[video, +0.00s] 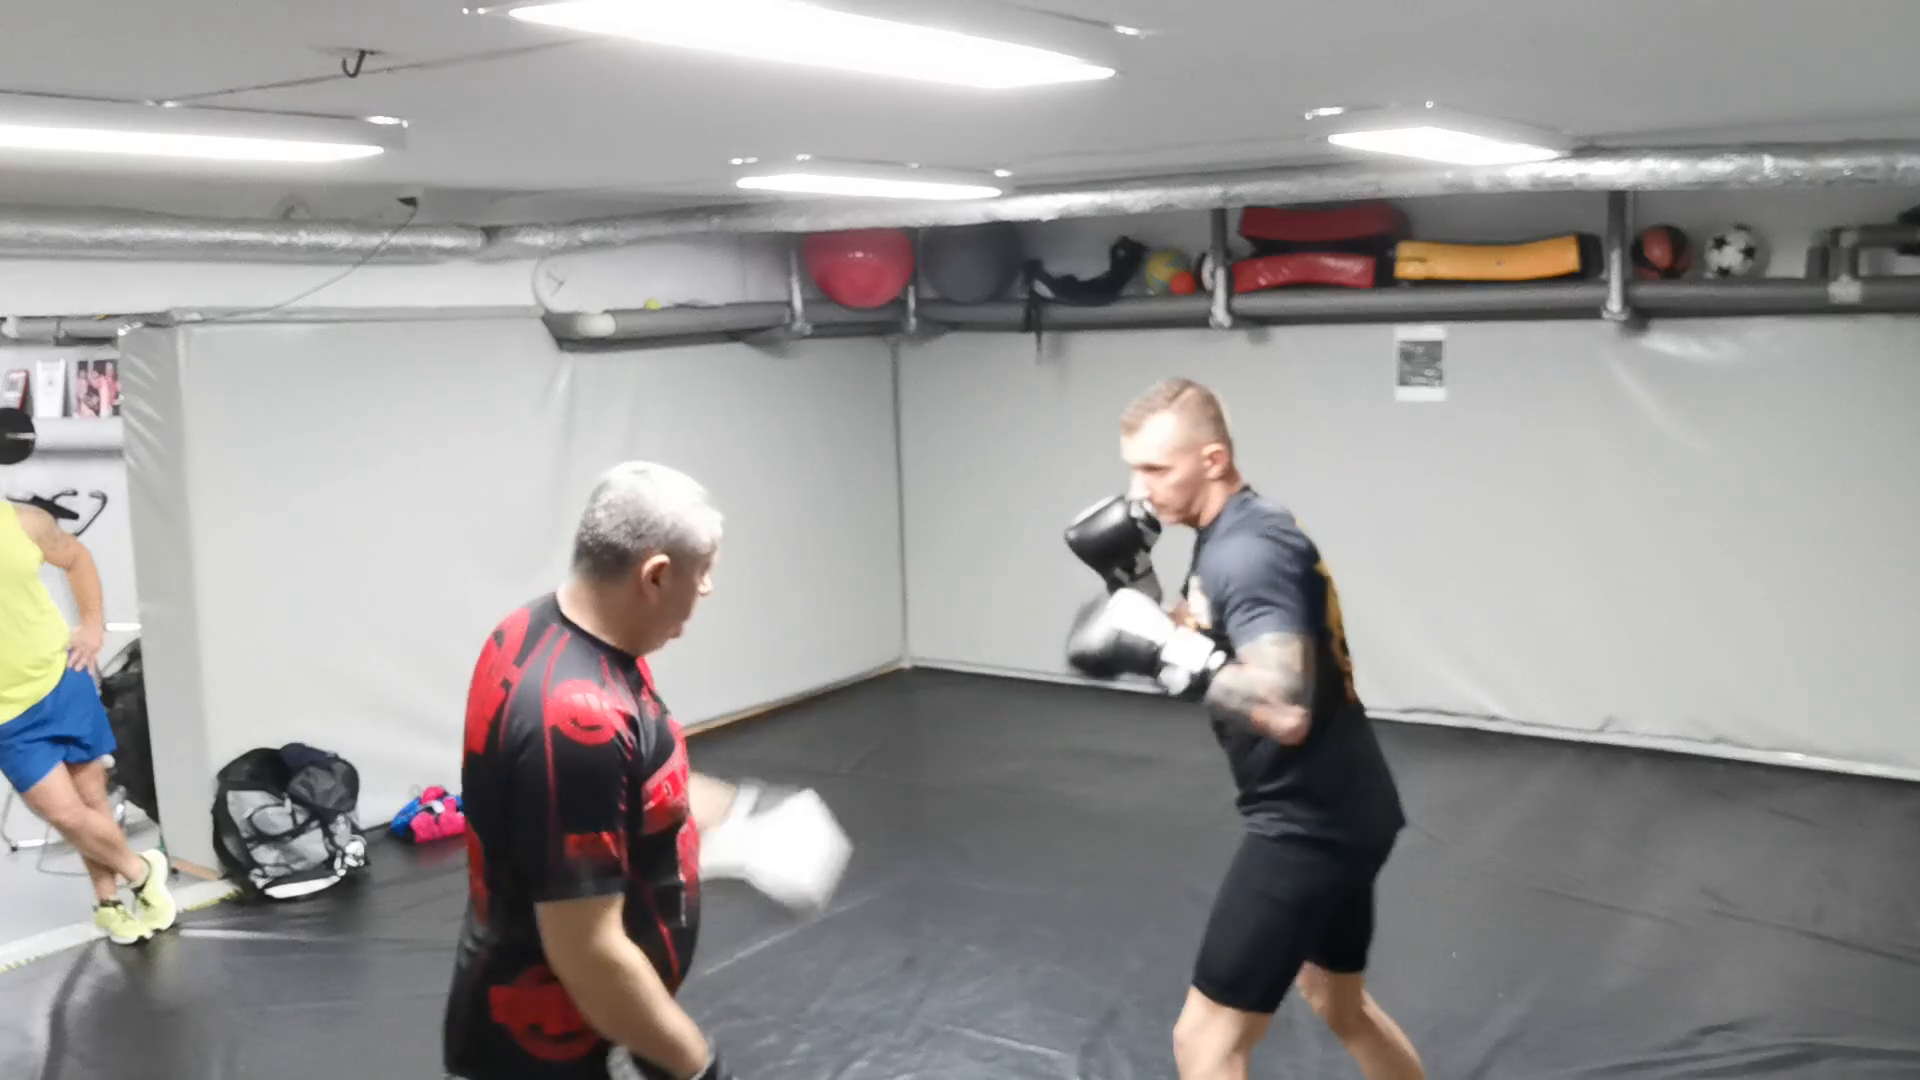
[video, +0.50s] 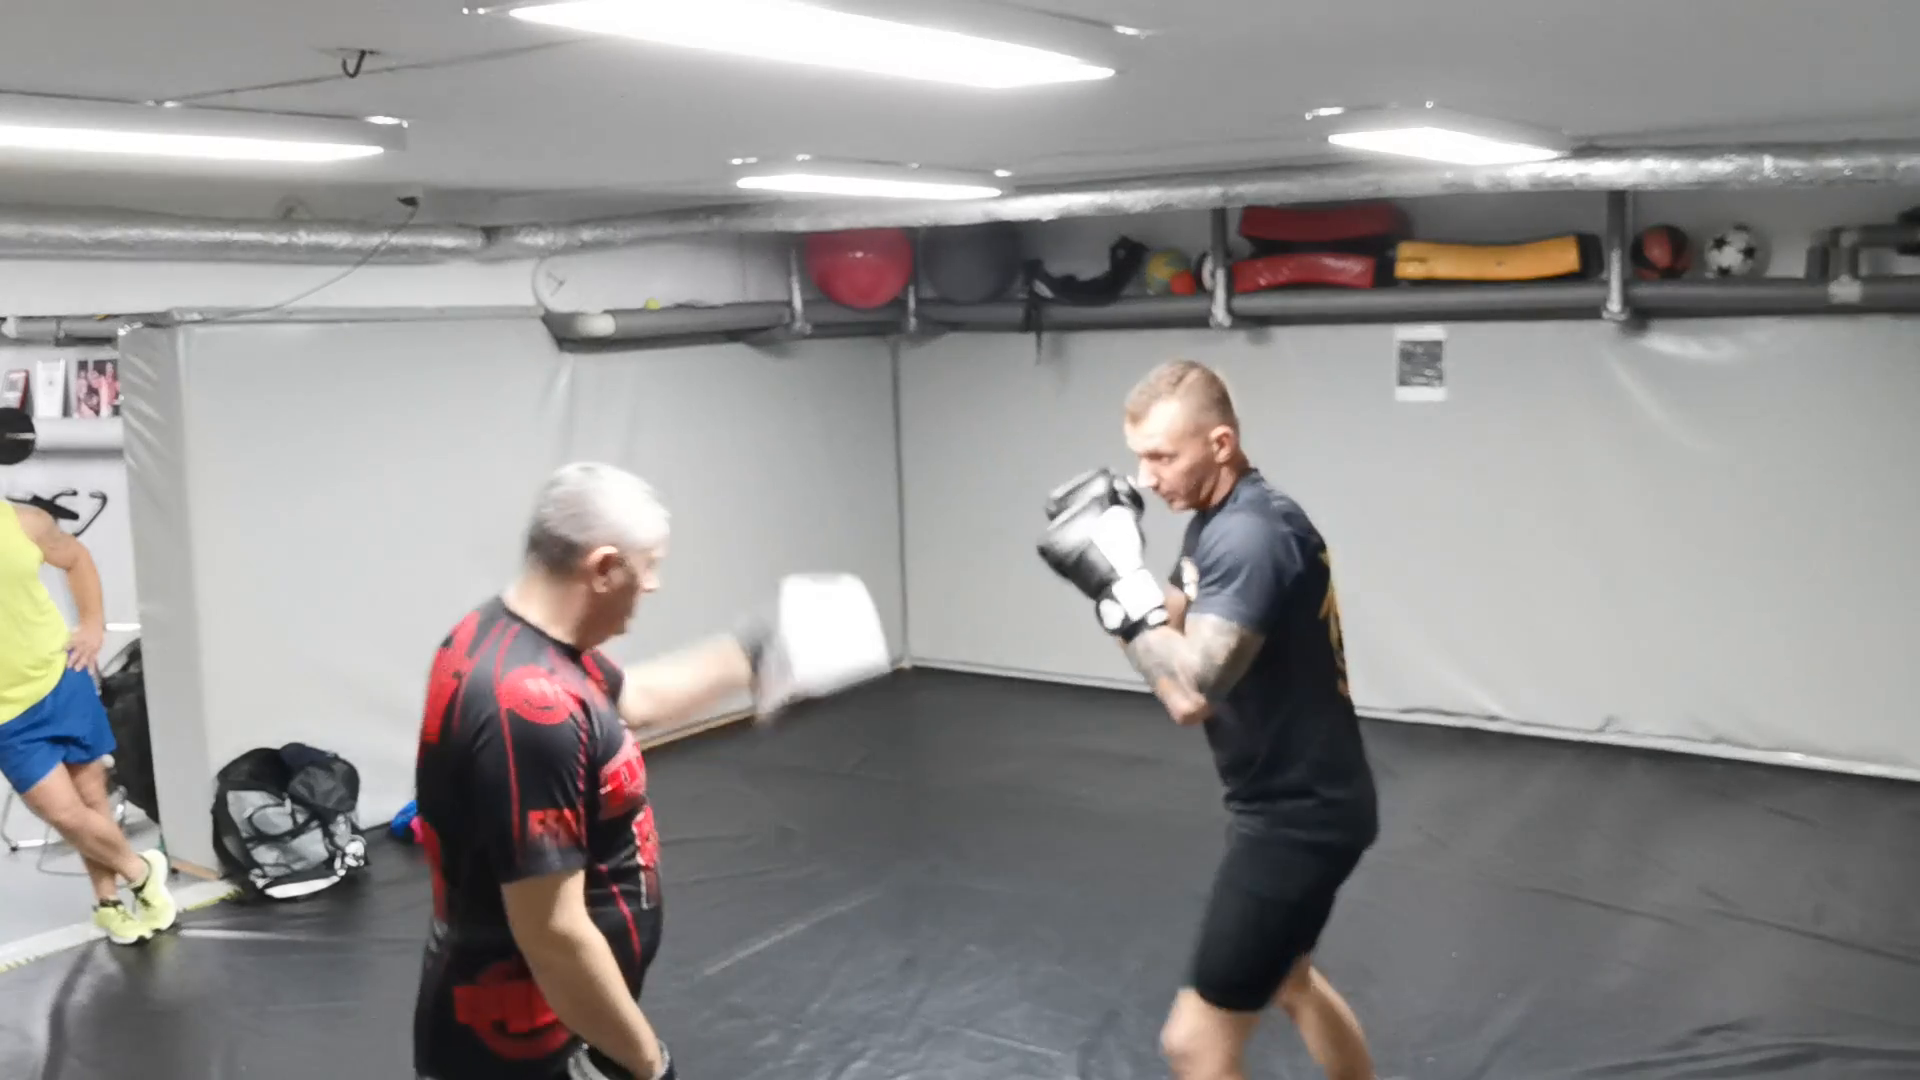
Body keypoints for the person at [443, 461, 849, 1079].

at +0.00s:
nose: (706, 590)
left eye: (708, 573)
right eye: (702, 573)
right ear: (654, 576)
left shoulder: (550, 631)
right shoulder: (572, 720)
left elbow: (639, 782)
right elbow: (586, 948)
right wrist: (697, 1062)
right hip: (553, 1053)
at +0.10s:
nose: (709, 588)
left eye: (712, 571)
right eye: (705, 570)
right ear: (658, 572)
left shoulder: (551, 631)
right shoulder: (571, 709)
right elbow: (571, 944)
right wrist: (659, 1068)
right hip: (541, 1049)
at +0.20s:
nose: (718, 595)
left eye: (721, 577)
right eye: (715, 576)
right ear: (666, 575)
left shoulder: (574, 639)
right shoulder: (567, 704)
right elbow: (555, 940)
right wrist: (635, 1070)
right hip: (537, 1051)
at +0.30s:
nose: (715, 598)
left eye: (718, 580)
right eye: (712, 579)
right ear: (665, 577)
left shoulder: (589, 649)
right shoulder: (557, 696)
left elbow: (610, 835)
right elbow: (545, 929)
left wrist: (666, 943)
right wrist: (628, 1070)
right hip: (511, 1047)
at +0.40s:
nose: (691, 590)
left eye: (693, 572)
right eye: (688, 571)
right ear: (639, 570)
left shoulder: (567, 646)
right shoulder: (541, 700)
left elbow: (638, 763)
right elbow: (543, 922)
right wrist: (635, 1065)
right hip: (518, 1047)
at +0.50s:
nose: (654, 586)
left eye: (657, 568)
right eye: (650, 567)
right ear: (602, 567)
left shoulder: (499, 632)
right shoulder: (528, 706)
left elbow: (633, 697)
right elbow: (552, 929)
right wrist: (650, 1061)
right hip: (531, 1046)